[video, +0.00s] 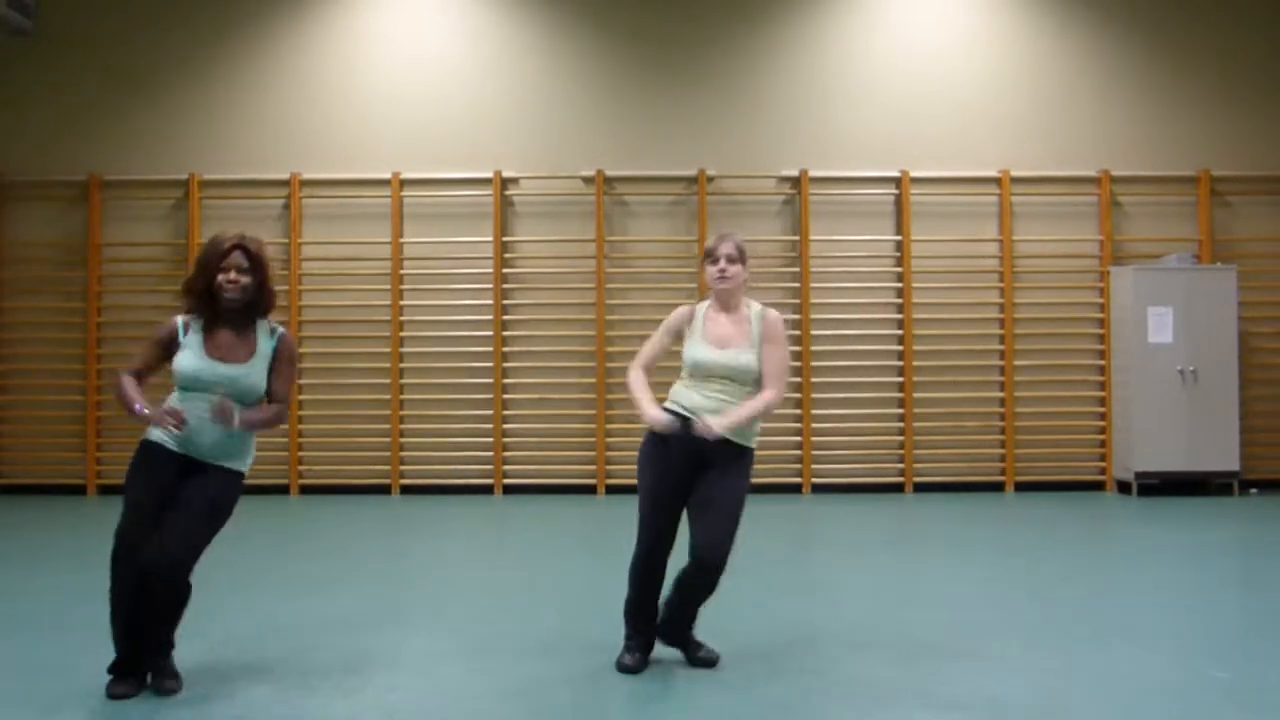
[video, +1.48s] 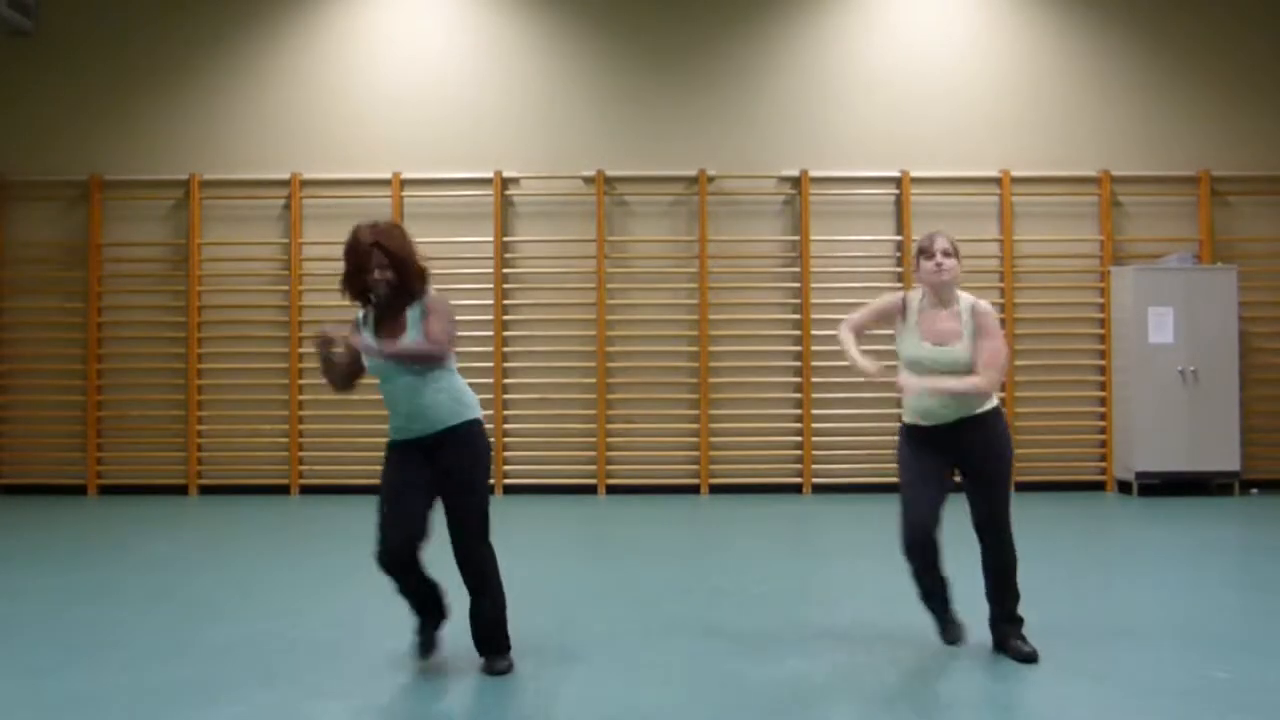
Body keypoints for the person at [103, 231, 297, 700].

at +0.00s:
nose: (232, 278)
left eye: (242, 271)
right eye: (223, 270)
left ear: (257, 281)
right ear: (210, 277)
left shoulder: (277, 342)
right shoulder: (182, 329)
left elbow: (279, 410)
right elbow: (130, 376)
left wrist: (241, 419)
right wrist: (148, 411)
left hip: (221, 467)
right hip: (163, 453)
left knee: (170, 560)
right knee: (130, 553)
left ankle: (161, 654)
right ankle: (128, 665)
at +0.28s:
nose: (257, 236)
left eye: (269, 231)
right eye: (248, 229)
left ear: (283, 246)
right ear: (232, 242)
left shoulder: (295, 293)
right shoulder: (213, 281)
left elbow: (351, 310)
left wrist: (389, 293)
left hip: (264, 436)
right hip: (198, 433)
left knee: (296, 542)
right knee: (171, 548)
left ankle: (325, 649)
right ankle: (136, 668)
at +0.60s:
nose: (319, 253)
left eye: (328, 245)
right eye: (309, 245)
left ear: (343, 254)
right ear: (294, 255)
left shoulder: (362, 305)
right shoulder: (276, 304)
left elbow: (406, 353)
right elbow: (270, 364)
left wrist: (428, 332)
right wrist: (321, 348)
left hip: (338, 443)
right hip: (282, 444)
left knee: (353, 546)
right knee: (303, 547)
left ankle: (364, 650)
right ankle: (289, 637)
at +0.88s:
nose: (349, 231)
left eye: (357, 225)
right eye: (338, 225)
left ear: (373, 238)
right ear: (323, 239)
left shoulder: (389, 285)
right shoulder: (313, 285)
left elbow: (451, 306)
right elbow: (298, 309)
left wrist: (461, 275)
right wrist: (347, 265)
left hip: (383, 425)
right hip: (325, 428)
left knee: (418, 520)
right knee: (320, 537)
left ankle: (436, 624)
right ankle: (309, 654)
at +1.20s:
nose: (376, 268)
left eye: (386, 260)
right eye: (368, 263)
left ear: (405, 268)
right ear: (359, 277)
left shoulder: (435, 306)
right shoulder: (357, 330)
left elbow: (490, 303)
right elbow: (317, 353)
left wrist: (500, 292)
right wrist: (364, 316)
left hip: (465, 437)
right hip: (411, 451)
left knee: (483, 543)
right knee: (416, 542)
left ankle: (494, 648)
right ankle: (376, 615)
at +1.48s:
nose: (380, 278)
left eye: (387, 267)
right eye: (369, 270)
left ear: (403, 266)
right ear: (358, 276)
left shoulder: (431, 305)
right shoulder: (364, 324)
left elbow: (438, 351)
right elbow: (344, 382)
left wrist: (373, 351)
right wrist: (328, 357)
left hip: (458, 433)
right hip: (407, 443)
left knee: (471, 548)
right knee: (395, 553)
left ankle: (495, 647)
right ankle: (431, 612)